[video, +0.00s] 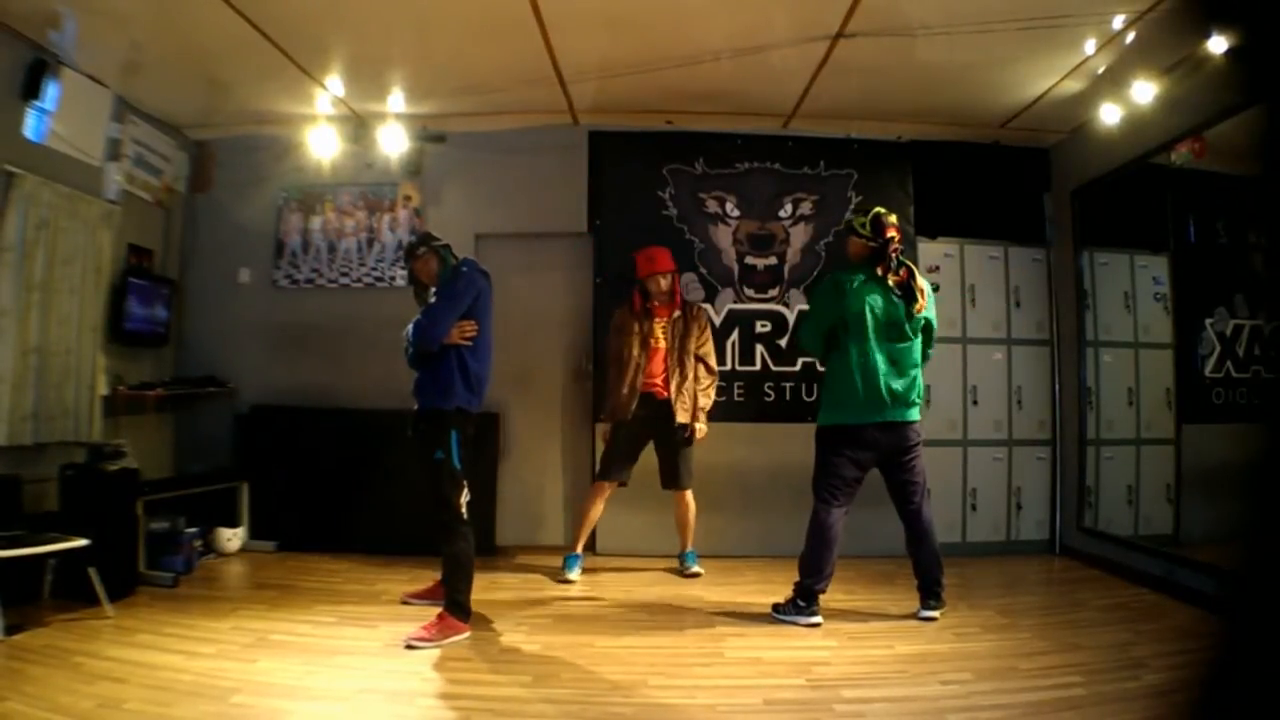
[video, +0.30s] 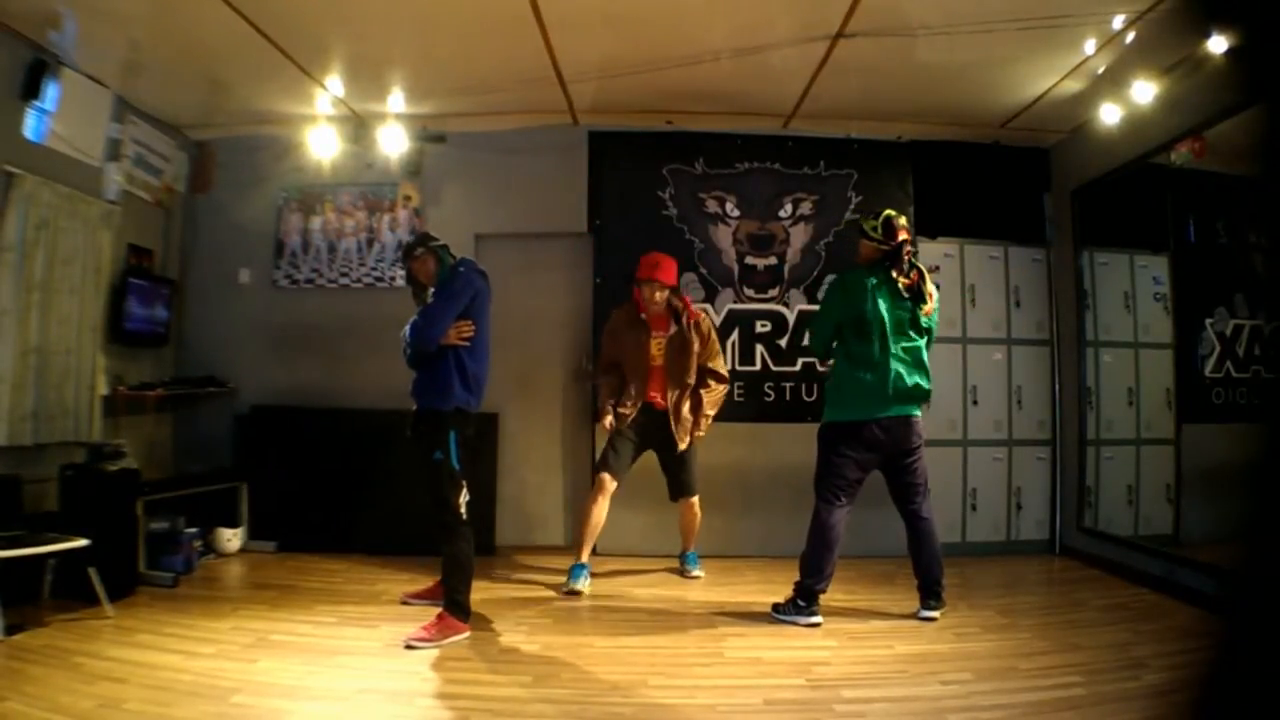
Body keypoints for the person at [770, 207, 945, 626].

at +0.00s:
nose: (842, 243)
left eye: (848, 236)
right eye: (846, 235)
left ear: (863, 245)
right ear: (887, 246)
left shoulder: (837, 285)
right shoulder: (918, 285)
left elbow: (807, 341)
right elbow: (924, 349)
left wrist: (843, 349)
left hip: (847, 416)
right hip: (903, 417)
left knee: (830, 505)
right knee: (916, 507)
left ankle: (806, 600)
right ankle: (932, 598)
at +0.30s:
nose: (856, 246)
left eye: (862, 240)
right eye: (859, 239)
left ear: (876, 247)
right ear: (896, 248)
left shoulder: (848, 284)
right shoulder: (919, 285)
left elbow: (819, 342)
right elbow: (925, 337)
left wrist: (837, 351)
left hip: (851, 414)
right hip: (904, 416)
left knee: (832, 503)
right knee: (917, 506)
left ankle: (806, 599)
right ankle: (932, 598)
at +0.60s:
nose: (869, 251)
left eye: (875, 246)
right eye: (873, 245)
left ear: (887, 252)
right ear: (912, 254)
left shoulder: (856, 287)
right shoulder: (939, 300)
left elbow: (816, 332)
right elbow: (960, 365)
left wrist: (779, 373)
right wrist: (958, 419)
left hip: (854, 423)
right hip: (909, 426)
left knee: (835, 508)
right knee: (920, 508)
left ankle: (807, 599)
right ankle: (931, 598)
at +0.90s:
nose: (857, 262)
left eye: (863, 254)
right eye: (859, 253)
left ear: (884, 257)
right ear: (899, 258)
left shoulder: (880, 296)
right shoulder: (925, 295)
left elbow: (883, 366)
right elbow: (936, 363)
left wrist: (890, 431)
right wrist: (928, 419)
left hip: (874, 425)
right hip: (917, 424)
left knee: (835, 502)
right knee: (911, 506)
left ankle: (810, 596)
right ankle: (937, 594)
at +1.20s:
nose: (857, 280)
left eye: (862, 270)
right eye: (849, 276)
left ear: (882, 271)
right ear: (846, 286)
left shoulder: (913, 315)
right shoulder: (862, 324)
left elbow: (939, 378)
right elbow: (866, 385)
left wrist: (931, 444)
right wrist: (857, 435)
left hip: (898, 442)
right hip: (866, 440)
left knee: (856, 525)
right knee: (885, 526)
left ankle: (806, 603)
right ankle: (958, 576)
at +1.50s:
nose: (844, 296)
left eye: (847, 286)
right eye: (836, 295)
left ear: (866, 285)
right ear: (834, 307)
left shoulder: (903, 324)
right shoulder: (851, 340)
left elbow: (931, 384)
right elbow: (856, 398)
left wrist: (936, 449)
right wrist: (849, 447)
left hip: (893, 448)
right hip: (859, 450)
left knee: (844, 516)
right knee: (877, 540)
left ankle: (803, 602)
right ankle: (956, 576)